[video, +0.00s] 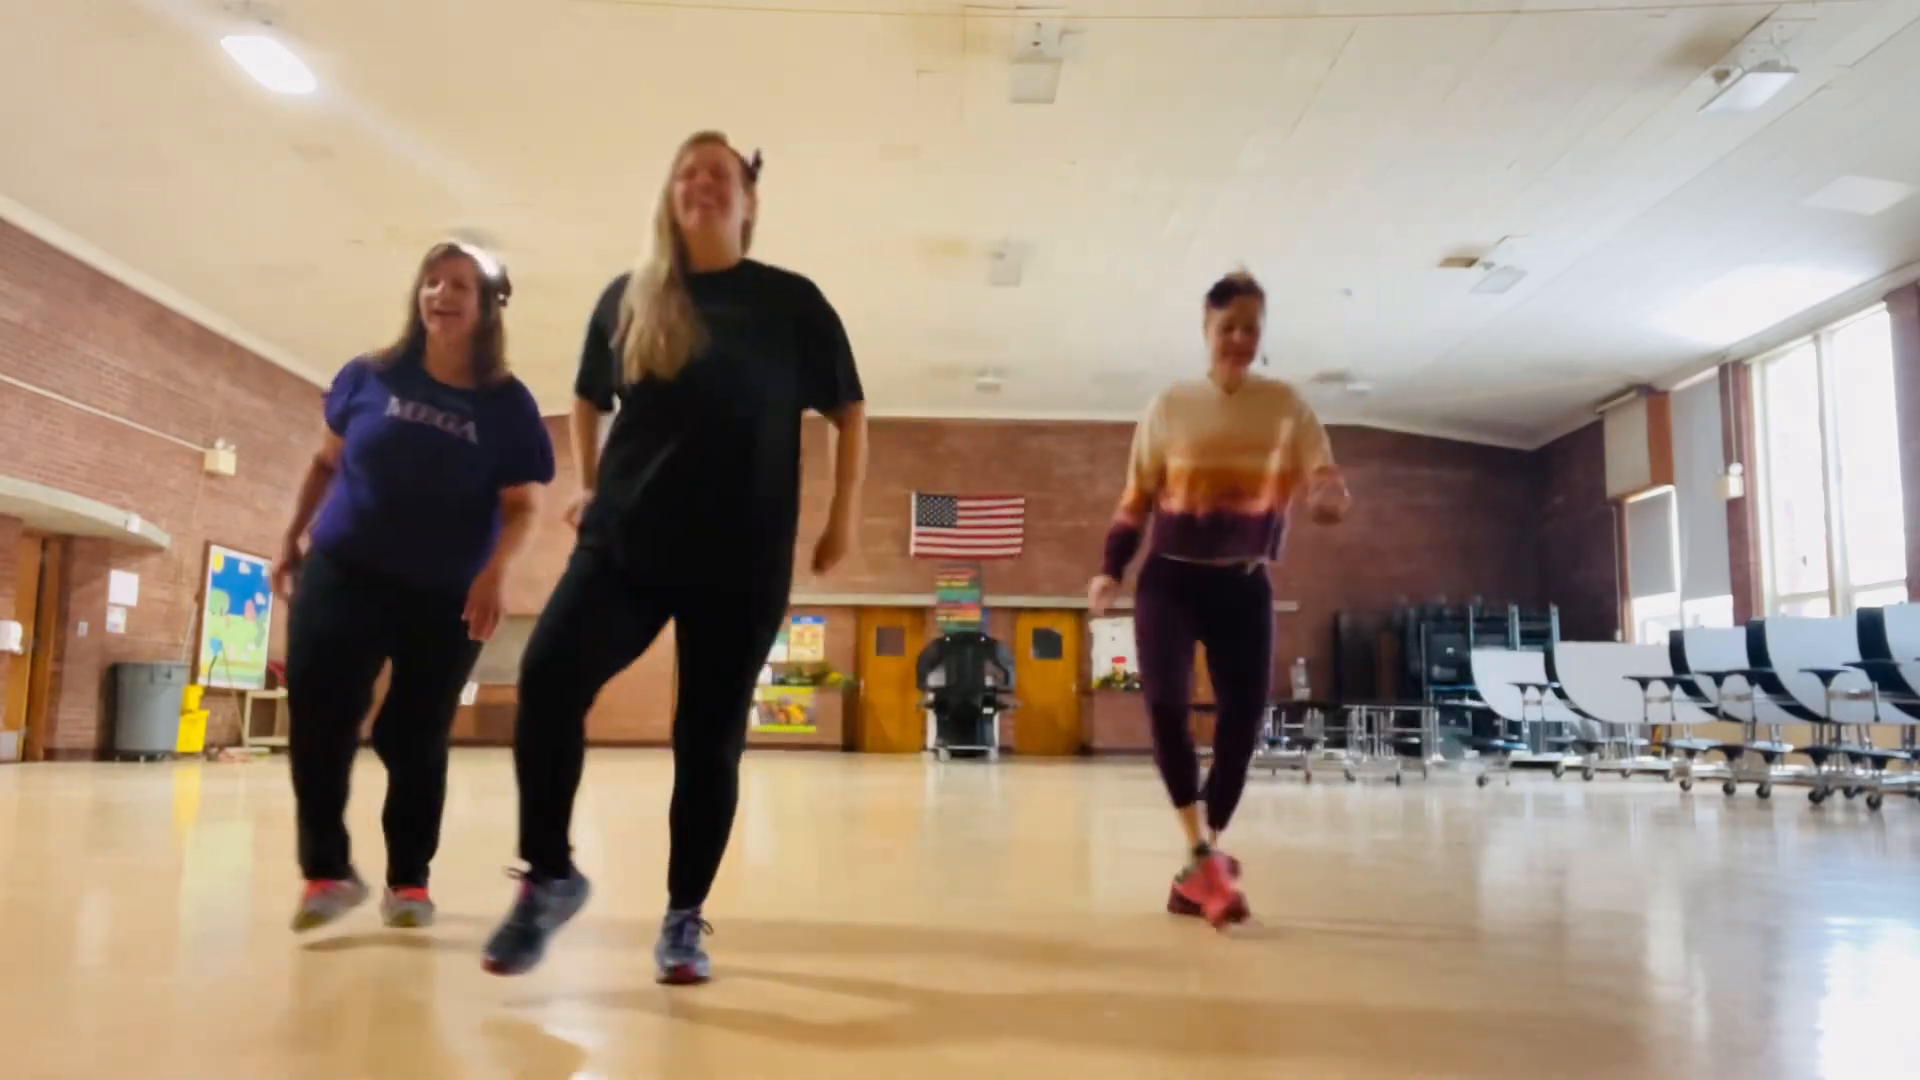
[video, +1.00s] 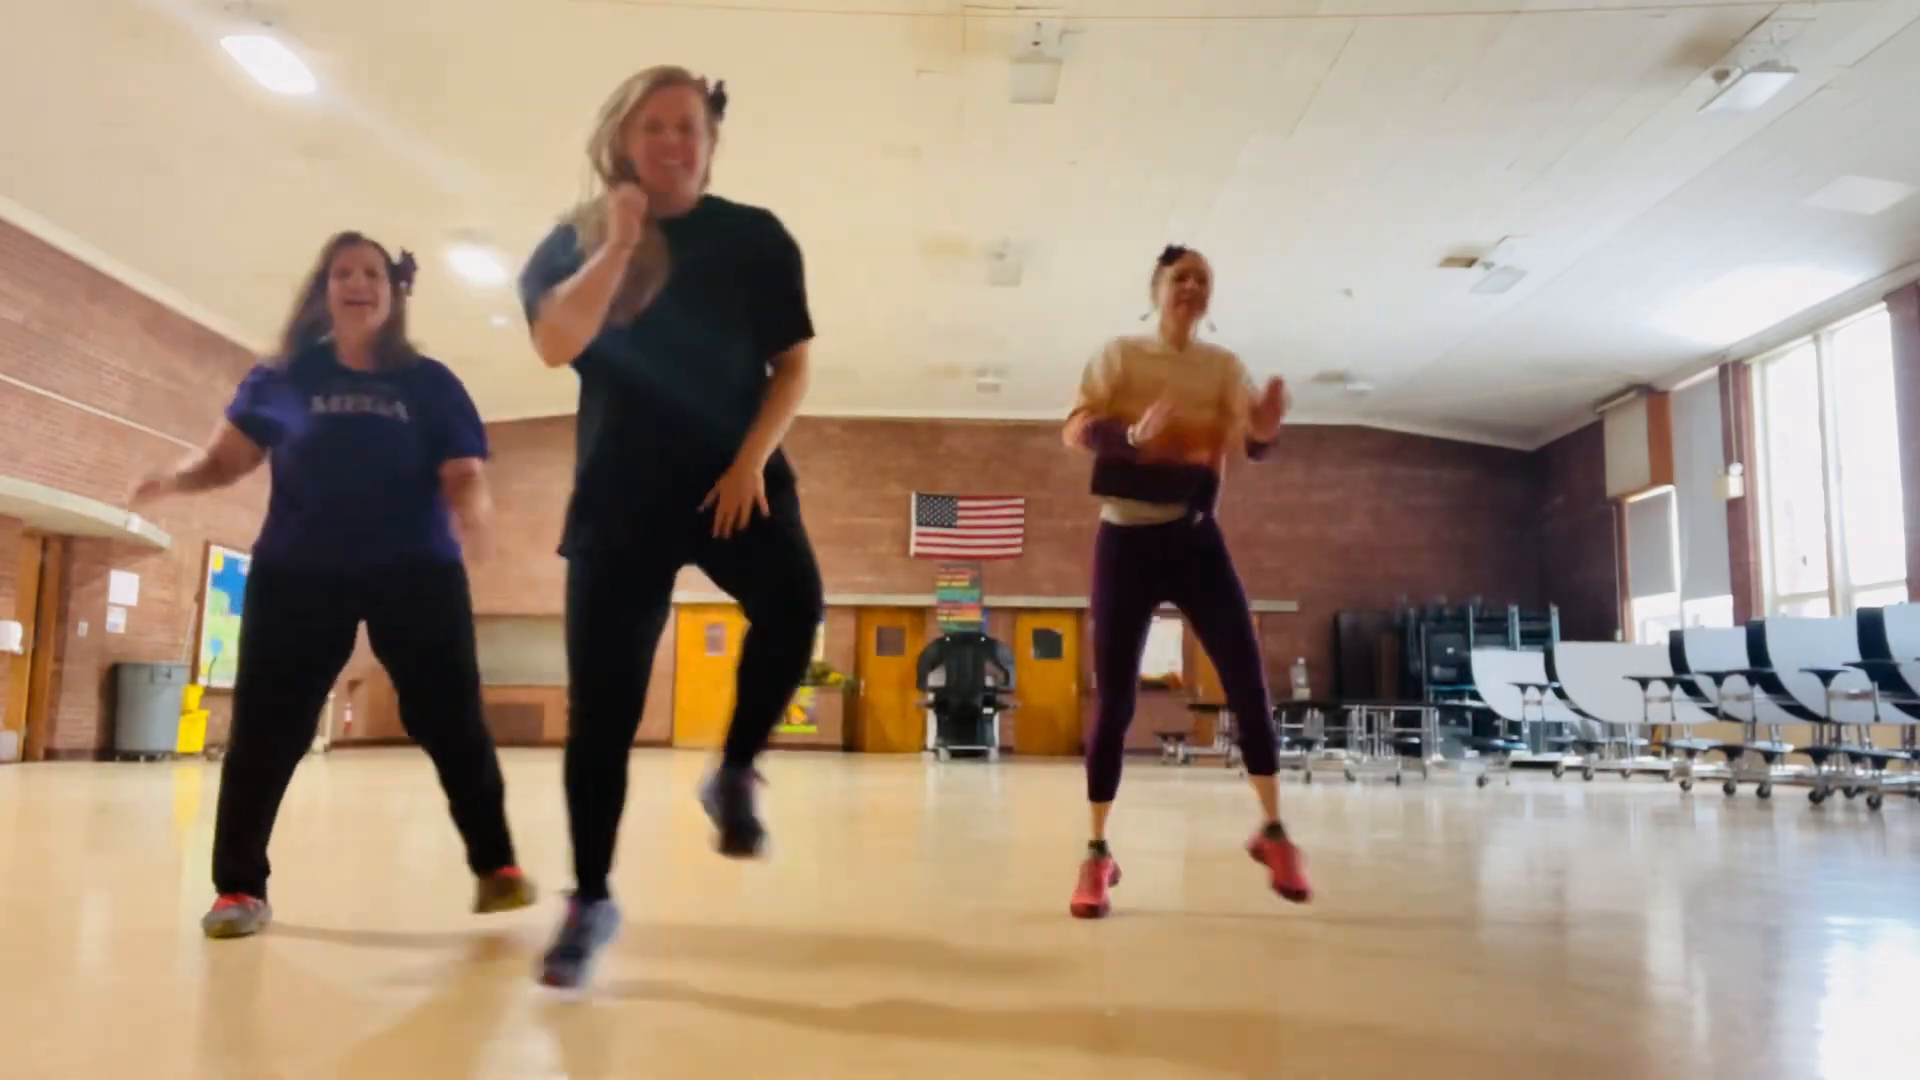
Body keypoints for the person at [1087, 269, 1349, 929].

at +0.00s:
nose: (1241, 339)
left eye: (1251, 328)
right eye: (1229, 326)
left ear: (1264, 333)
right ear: (1206, 327)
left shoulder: (1287, 407)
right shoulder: (1169, 407)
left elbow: (1328, 503)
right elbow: (1136, 502)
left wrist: (1329, 500)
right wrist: (1110, 570)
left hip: (1243, 583)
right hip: (1168, 579)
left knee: (1241, 723)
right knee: (1166, 710)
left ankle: (1198, 866)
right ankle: (1204, 855)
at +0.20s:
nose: (1186, 318)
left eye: (1196, 308)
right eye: (1175, 306)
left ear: (1209, 315)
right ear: (1154, 313)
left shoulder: (1242, 389)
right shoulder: (1123, 392)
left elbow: (1284, 476)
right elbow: (1079, 472)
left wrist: (1281, 552)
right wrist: (1041, 527)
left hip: (1208, 568)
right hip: (1135, 565)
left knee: (1202, 723)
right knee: (1111, 703)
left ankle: (1190, 870)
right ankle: (1094, 836)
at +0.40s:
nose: (1146, 333)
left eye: (1155, 324)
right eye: (1135, 322)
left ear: (1167, 337)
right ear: (1113, 332)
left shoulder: (1187, 417)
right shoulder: (1075, 413)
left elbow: (1225, 495)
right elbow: (1032, 487)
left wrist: (1259, 518)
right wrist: (1038, 533)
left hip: (1163, 590)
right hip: (1089, 589)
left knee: (1222, 718)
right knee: (1083, 735)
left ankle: (1200, 859)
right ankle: (1072, 868)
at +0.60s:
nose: (1137, 288)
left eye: (1147, 280)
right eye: (1127, 278)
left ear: (1158, 293)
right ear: (1105, 288)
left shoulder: (1180, 365)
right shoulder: (1077, 359)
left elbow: (1215, 445)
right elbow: (1052, 442)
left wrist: (1212, 365)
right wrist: (1090, 380)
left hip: (1160, 534)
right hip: (1090, 536)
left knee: (1210, 673)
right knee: (1090, 695)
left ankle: (1152, 701)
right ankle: (1082, 849)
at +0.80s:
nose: (1144, 323)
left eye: (1154, 315)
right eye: (1133, 313)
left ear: (1166, 331)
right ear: (1112, 328)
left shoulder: (1185, 401)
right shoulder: (1080, 399)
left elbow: (1209, 480)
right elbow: (1057, 474)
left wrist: (1161, 420)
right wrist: (1136, 425)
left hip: (1167, 577)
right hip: (1096, 578)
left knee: (1214, 724)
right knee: (1097, 729)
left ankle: (1169, 697)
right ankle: (1102, 867)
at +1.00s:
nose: (1190, 289)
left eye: (1200, 281)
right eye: (1180, 279)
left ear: (1209, 296)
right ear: (1156, 290)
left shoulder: (1224, 367)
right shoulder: (1120, 356)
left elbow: (1247, 451)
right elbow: (1077, 433)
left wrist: (1264, 430)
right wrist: (1130, 433)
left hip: (1196, 541)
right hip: (1125, 541)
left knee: (1248, 685)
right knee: (1115, 701)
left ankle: (1273, 830)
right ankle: (1096, 850)